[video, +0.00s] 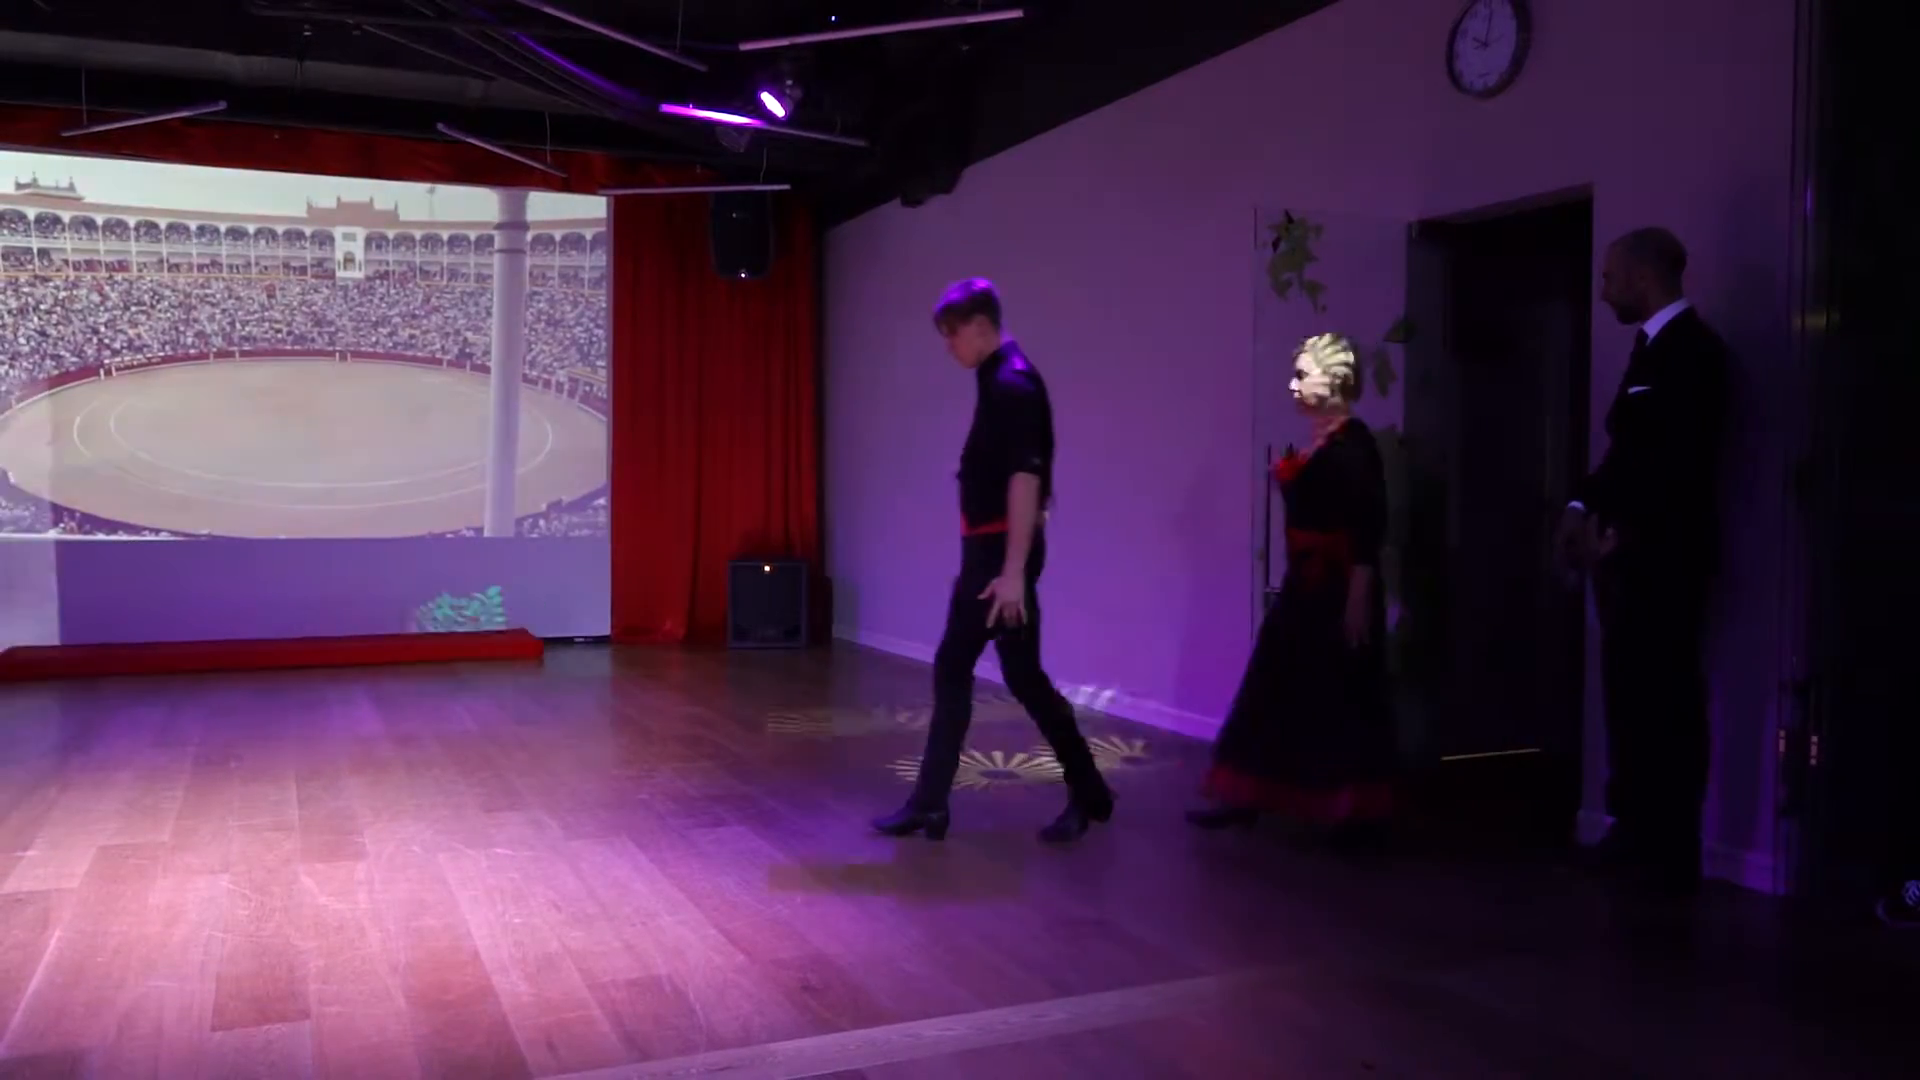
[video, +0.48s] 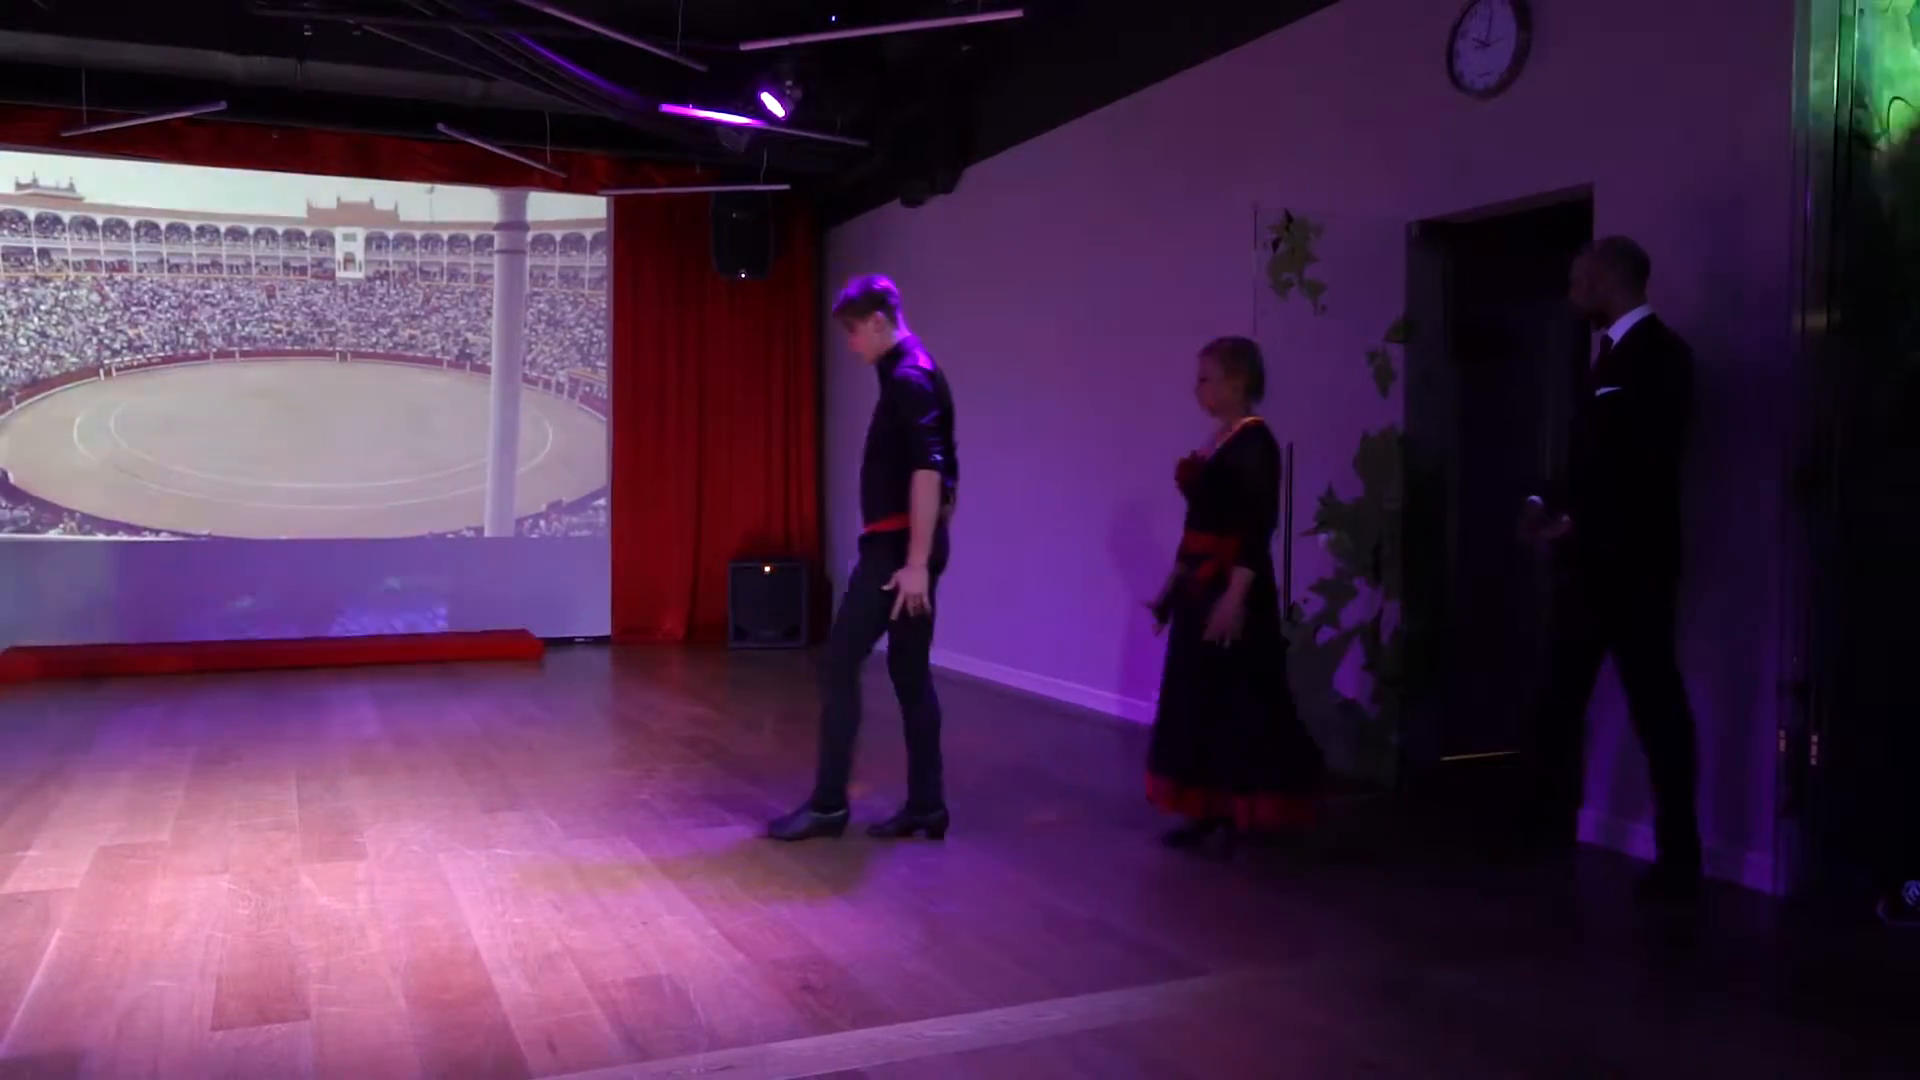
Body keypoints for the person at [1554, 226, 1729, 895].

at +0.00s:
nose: (1604, 287)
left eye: (1612, 275)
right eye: (1606, 275)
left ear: (1644, 278)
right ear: (1653, 276)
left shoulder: (1687, 353)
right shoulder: (1651, 349)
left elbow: (1664, 464)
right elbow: (1625, 451)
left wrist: (1615, 525)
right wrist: (1587, 508)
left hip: (1670, 556)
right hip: (1639, 554)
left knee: (1663, 698)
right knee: (1636, 697)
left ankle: (1665, 848)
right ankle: (1636, 839)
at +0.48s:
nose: (1574, 292)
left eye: (1582, 280)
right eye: (1575, 279)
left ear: (1613, 283)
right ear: (1617, 284)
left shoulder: (1656, 356)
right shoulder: (1606, 353)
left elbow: (1639, 471)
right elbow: (1588, 455)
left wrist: (1579, 520)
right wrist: (1550, 504)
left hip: (1636, 559)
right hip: (1592, 557)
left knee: (1655, 704)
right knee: (1559, 699)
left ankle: (1679, 855)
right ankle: (1546, 841)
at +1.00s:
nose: (1460, 308)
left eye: (1465, 294)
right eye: (1460, 295)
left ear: (1492, 292)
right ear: (1497, 291)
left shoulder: (1547, 352)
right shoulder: (1498, 358)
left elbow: (1552, 459)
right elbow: (1445, 424)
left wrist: (1523, 537)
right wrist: (1356, 442)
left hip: (1556, 545)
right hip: (1516, 544)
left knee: (1580, 689)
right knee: (1503, 683)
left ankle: (1620, 838)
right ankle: (1504, 822)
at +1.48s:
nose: (1431, 302)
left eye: (1439, 289)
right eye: (1430, 291)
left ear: (1473, 288)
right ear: (1459, 293)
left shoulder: (1528, 350)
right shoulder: (1474, 360)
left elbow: (1548, 452)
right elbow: (1417, 432)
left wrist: (1536, 535)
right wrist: (1332, 449)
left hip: (1531, 555)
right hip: (1489, 548)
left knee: (1531, 689)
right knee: (1495, 685)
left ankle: (1534, 833)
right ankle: (1497, 822)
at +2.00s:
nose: (1440, 302)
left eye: (1445, 290)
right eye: (1441, 291)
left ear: (1466, 290)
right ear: (1482, 288)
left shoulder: (1508, 352)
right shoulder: (1487, 352)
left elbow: (1510, 459)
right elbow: (1475, 457)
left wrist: (1501, 540)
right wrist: (1393, 457)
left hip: (1510, 557)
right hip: (1492, 551)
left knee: (1507, 691)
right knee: (1498, 689)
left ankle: (1515, 828)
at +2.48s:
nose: (1563, 307)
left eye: (1564, 295)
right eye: (1568, 293)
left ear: (1569, 296)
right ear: (1617, 286)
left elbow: (1576, 468)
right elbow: (1657, 464)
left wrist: (1557, 553)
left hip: (1602, 554)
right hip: (1654, 548)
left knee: (1605, 698)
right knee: (1648, 701)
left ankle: (1607, 845)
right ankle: (1653, 846)